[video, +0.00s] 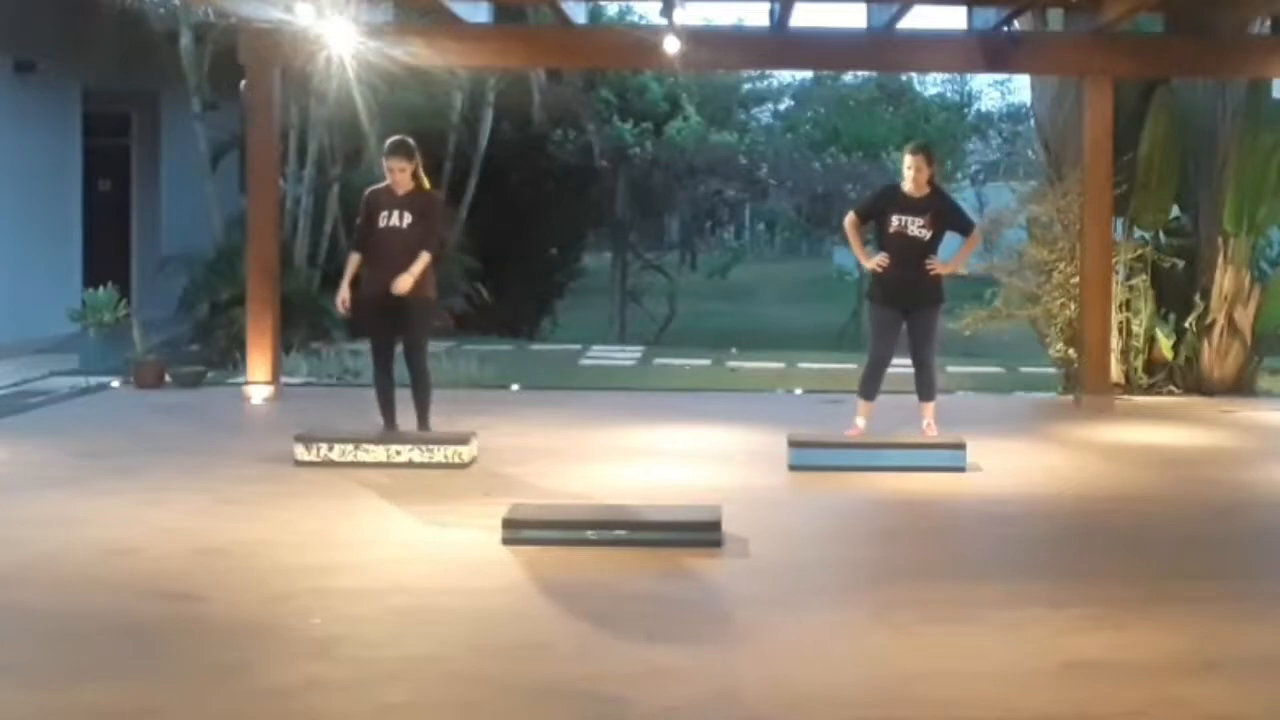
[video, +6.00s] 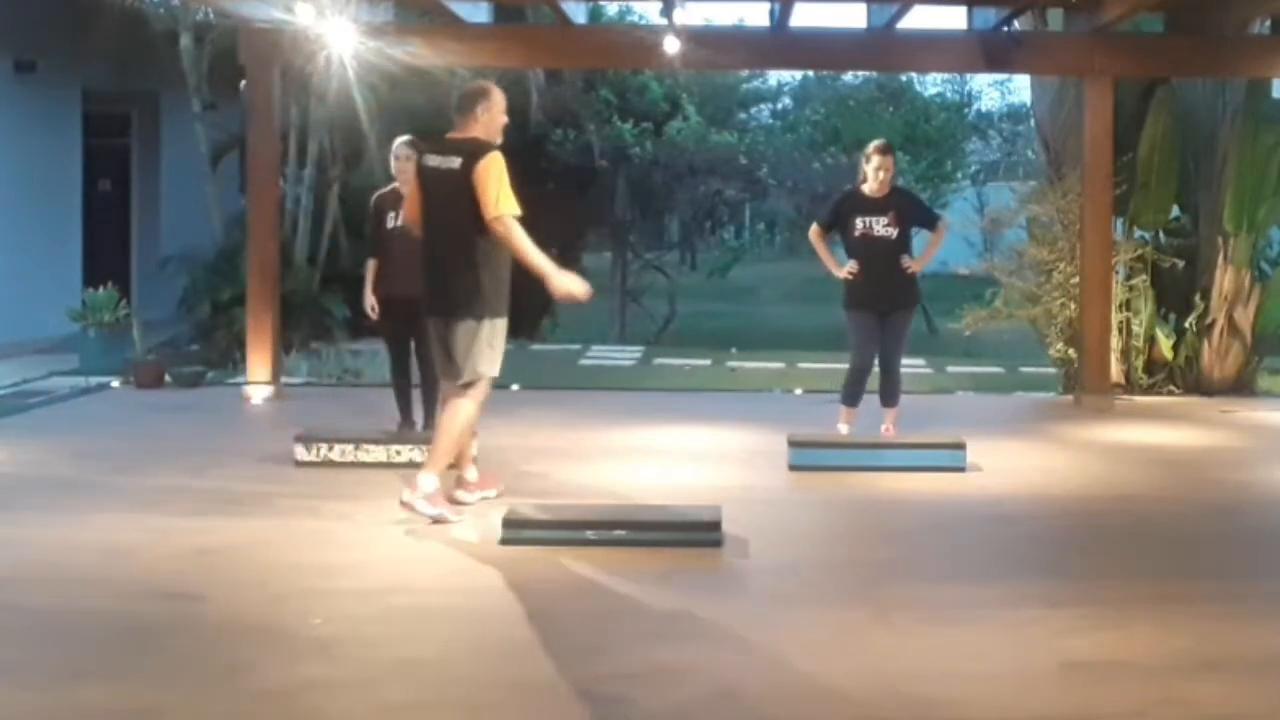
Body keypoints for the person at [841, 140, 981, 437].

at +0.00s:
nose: (911, 174)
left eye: (918, 169)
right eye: (908, 168)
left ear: (931, 170)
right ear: (902, 168)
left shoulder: (940, 202)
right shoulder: (887, 196)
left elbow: (974, 234)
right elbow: (851, 221)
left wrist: (952, 265)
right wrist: (865, 258)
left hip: (924, 288)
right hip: (887, 286)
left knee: (924, 356)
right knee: (880, 354)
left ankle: (928, 419)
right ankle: (861, 418)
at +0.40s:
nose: (870, 167)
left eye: (875, 161)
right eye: (865, 162)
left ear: (886, 165)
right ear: (858, 167)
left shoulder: (902, 198)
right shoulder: (846, 200)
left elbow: (939, 223)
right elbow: (812, 227)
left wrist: (919, 259)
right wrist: (832, 261)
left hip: (893, 286)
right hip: (855, 287)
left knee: (905, 355)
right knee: (856, 356)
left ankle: (923, 416)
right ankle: (853, 419)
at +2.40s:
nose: (869, 160)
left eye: (874, 155)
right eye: (864, 155)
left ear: (887, 160)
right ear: (858, 161)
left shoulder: (904, 198)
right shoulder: (847, 198)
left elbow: (940, 231)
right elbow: (813, 227)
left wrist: (920, 265)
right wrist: (832, 261)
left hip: (893, 288)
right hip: (854, 288)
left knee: (898, 361)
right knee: (845, 359)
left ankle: (914, 429)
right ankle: (838, 429)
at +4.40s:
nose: (875, 162)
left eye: (880, 156)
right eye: (870, 157)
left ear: (890, 161)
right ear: (861, 162)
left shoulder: (905, 199)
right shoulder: (846, 199)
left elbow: (941, 228)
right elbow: (814, 229)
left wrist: (921, 264)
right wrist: (834, 263)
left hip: (897, 287)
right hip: (856, 287)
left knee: (901, 361)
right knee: (848, 359)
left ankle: (914, 428)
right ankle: (837, 429)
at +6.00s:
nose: (884, 175)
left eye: (889, 169)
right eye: (879, 169)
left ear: (895, 170)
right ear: (866, 168)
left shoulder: (904, 200)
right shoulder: (848, 200)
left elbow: (940, 228)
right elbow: (815, 233)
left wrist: (922, 262)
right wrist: (836, 268)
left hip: (899, 289)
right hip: (862, 289)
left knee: (890, 360)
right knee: (863, 357)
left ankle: (889, 426)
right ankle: (845, 424)